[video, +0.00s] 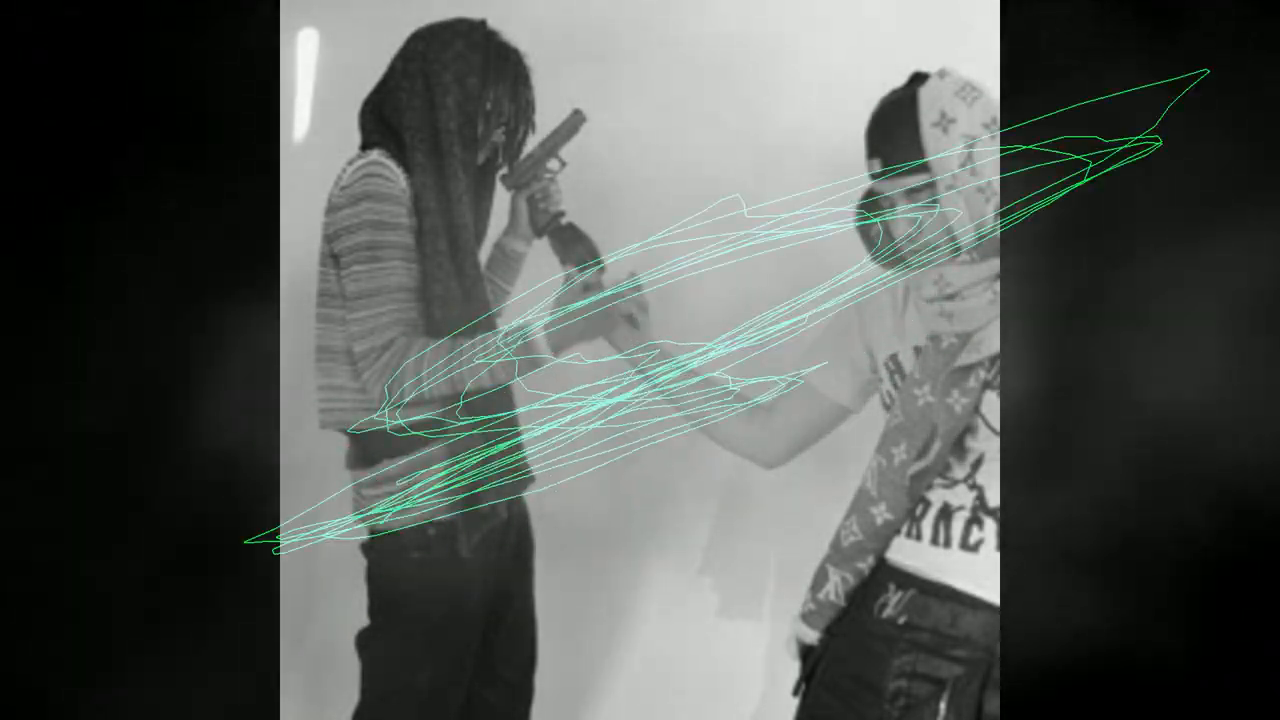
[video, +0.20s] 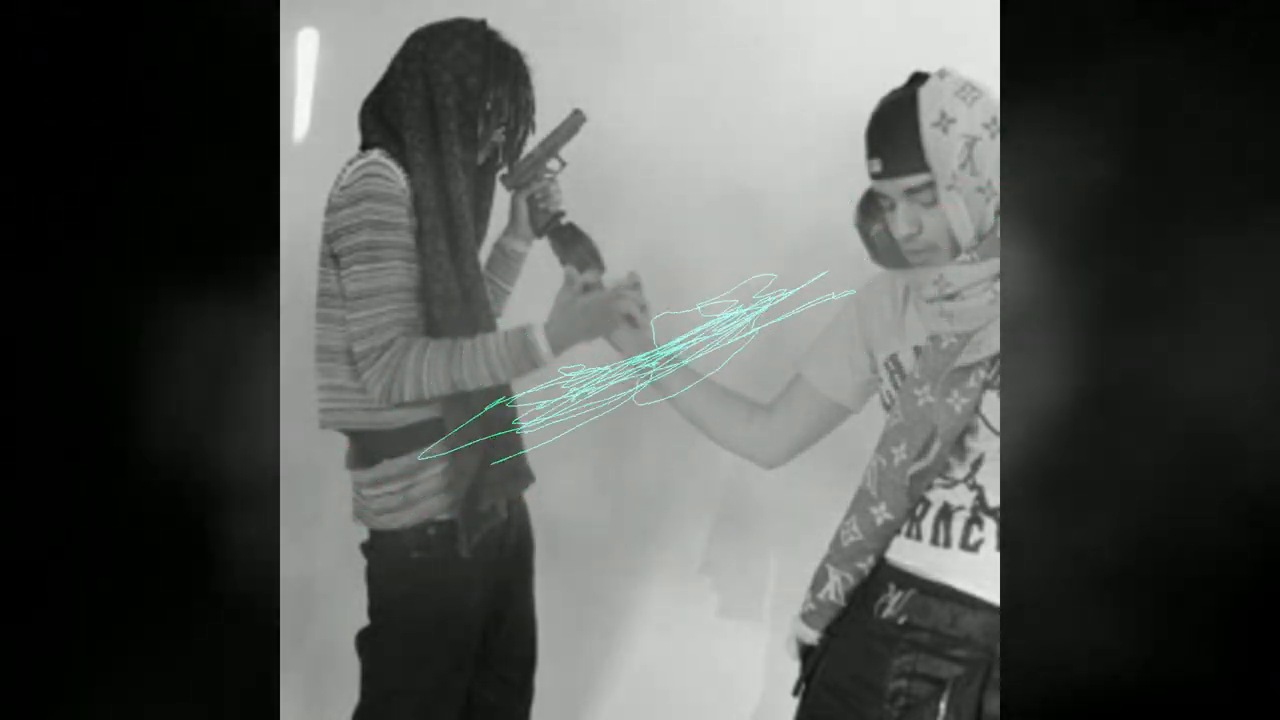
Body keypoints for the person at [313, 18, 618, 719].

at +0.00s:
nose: (500, 144)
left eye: (506, 124)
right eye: (492, 120)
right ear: (448, 108)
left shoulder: (431, 192)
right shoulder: (377, 182)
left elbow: (464, 336)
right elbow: (391, 371)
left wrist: (517, 235)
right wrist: (545, 342)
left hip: (482, 473)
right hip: (418, 483)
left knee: (498, 692)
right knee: (415, 696)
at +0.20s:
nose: (500, 144)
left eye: (507, 126)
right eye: (494, 120)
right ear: (451, 108)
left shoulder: (426, 191)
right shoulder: (377, 182)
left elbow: (461, 332)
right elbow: (388, 369)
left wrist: (518, 235)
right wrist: (550, 337)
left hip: (486, 503)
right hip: (421, 518)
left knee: (500, 700)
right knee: (411, 705)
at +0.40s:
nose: (498, 144)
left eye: (505, 125)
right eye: (492, 120)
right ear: (448, 108)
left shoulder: (427, 192)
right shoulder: (377, 182)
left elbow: (462, 332)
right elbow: (386, 368)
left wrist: (519, 233)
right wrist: (544, 341)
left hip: (484, 485)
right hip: (422, 498)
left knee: (499, 698)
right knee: (413, 702)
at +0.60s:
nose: (497, 142)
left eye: (505, 124)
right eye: (492, 119)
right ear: (449, 107)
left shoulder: (428, 191)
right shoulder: (377, 182)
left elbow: (463, 330)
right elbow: (387, 369)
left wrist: (518, 233)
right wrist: (552, 336)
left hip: (486, 500)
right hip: (422, 516)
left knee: (500, 699)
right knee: (411, 704)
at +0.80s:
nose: (497, 144)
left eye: (504, 127)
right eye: (492, 121)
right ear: (449, 108)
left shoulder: (428, 191)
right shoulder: (377, 182)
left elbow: (465, 326)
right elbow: (381, 369)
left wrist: (521, 228)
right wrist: (549, 334)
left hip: (482, 474)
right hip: (419, 484)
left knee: (499, 692)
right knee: (416, 695)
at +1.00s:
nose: (497, 144)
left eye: (504, 126)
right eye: (492, 119)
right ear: (448, 108)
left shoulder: (427, 191)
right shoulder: (377, 182)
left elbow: (463, 330)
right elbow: (387, 370)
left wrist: (519, 234)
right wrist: (550, 338)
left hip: (486, 493)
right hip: (420, 509)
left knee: (500, 701)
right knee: (411, 705)